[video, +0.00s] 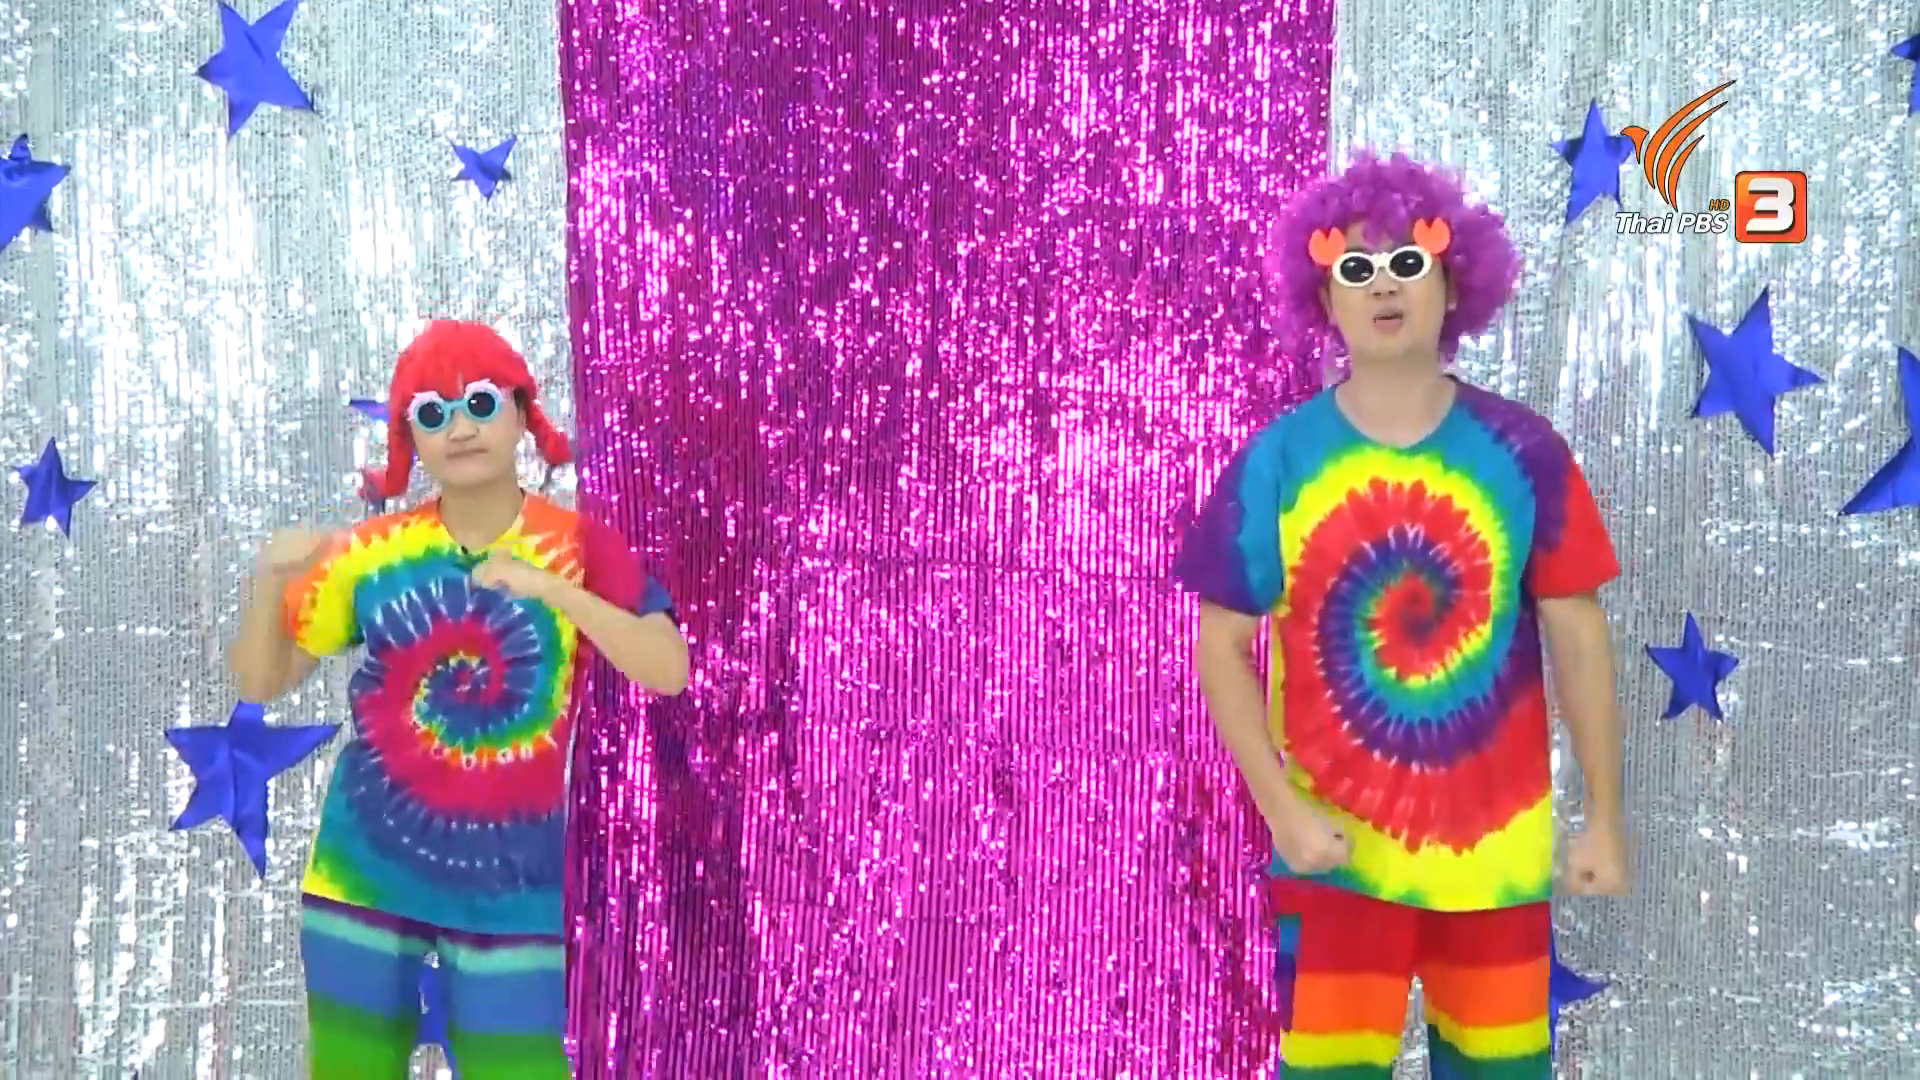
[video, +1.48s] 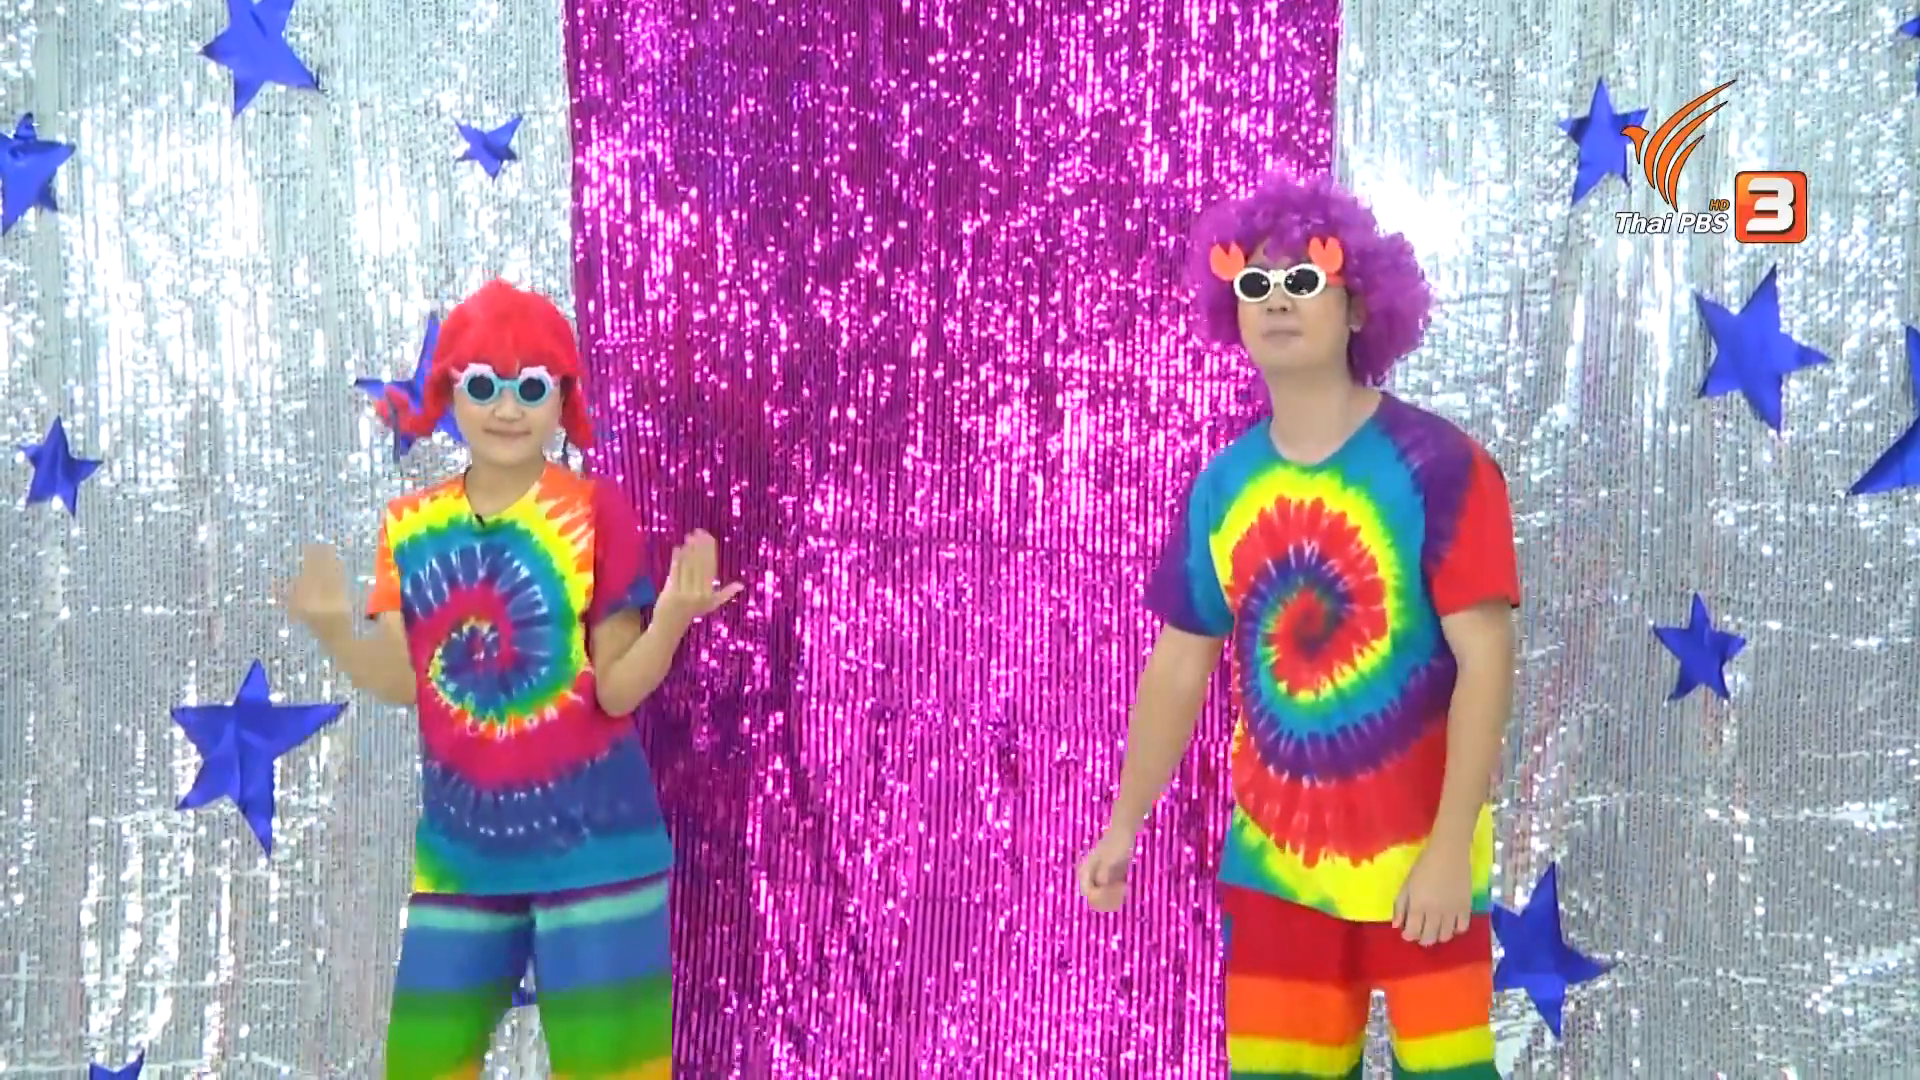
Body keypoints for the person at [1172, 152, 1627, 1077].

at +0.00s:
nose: (1383, 286)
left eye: (1408, 263)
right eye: (1357, 268)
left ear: (1449, 289)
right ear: (1327, 299)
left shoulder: (1526, 450)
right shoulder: (1279, 458)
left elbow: (1577, 633)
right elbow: (1222, 644)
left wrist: (1603, 812)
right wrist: (1279, 801)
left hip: (1498, 858)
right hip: (1343, 856)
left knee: (1503, 1063)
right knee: (1335, 1064)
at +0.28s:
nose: (1454, 310)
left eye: (1480, 285)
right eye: (1429, 289)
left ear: (1525, 305)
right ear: (1401, 316)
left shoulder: (1599, 468)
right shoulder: (1351, 470)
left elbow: (1644, 653)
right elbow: (1297, 655)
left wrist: (1658, 841)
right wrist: (1296, 829)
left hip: (1546, 866)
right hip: (1392, 862)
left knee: (1540, 1066)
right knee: (1352, 1064)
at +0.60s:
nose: (1467, 283)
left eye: (1493, 259)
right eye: (1443, 263)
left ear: (1540, 280)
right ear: (1417, 288)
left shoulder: (1610, 445)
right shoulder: (1361, 438)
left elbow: (1650, 637)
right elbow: (1309, 617)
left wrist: (1642, 816)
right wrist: (1283, 786)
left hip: (1546, 843)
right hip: (1388, 834)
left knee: (1544, 1063)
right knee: (1358, 1058)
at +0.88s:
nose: (1420, 302)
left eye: (1446, 279)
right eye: (1396, 281)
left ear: (1492, 303)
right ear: (1368, 307)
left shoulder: (1561, 466)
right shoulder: (1319, 461)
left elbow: (1601, 659)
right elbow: (1275, 636)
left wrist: (1594, 844)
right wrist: (1251, 802)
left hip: (1514, 862)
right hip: (1359, 859)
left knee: (1517, 1065)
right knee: (1339, 1064)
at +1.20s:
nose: (1313, 272)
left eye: (1341, 250)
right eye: (1291, 253)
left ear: (1389, 275)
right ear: (1267, 278)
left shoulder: (1468, 428)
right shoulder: (1233, 441)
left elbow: (1509, 621)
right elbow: (1202, 616)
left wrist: (1506, 809)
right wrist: (1176, 782)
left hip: (1440, 817)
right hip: (1292, 821)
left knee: (1466, 1053)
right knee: (1308, 1056)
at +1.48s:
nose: (1278, 298)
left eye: (1304, 276)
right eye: (1255, 280)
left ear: (1354, 305)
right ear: (1233, 315)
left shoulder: (1442, 466)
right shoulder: (1220, 488)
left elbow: (1486, 657)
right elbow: (1179, 661)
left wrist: (1450, 845)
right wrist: (1124, 824)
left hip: (1423, 862)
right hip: (1276, 866)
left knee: (1447, 1066)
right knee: (1276, 1067)